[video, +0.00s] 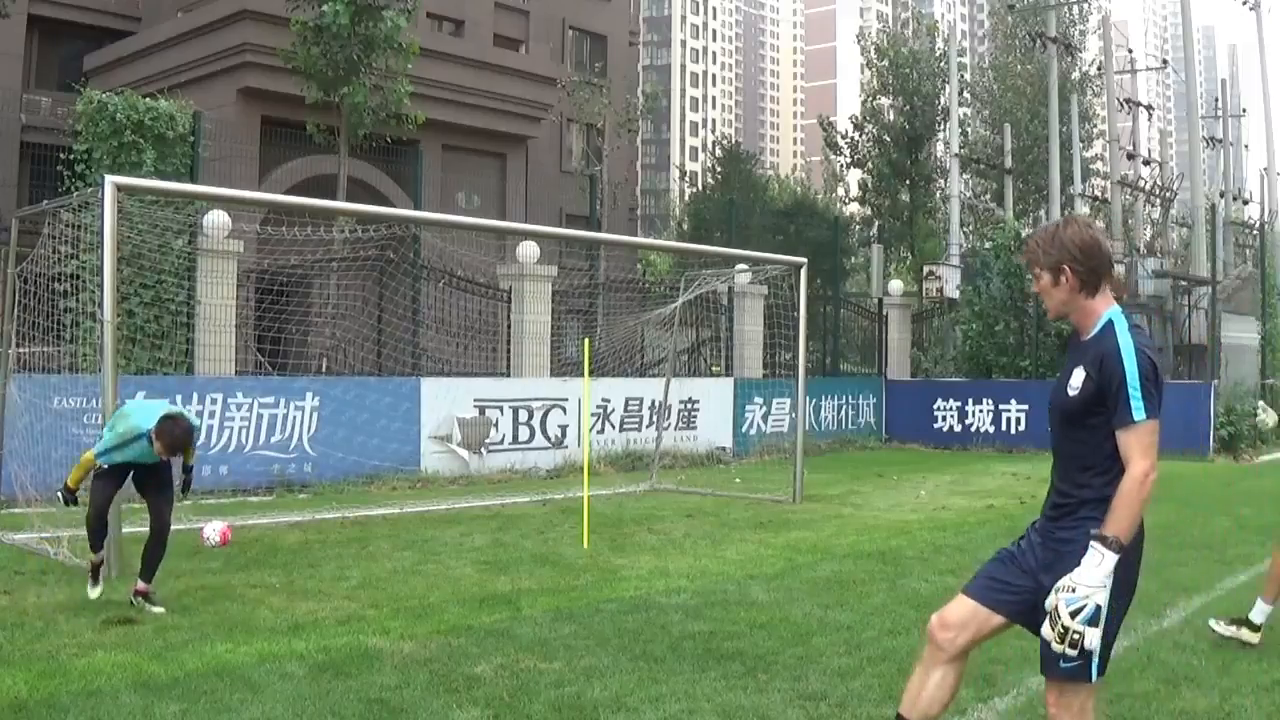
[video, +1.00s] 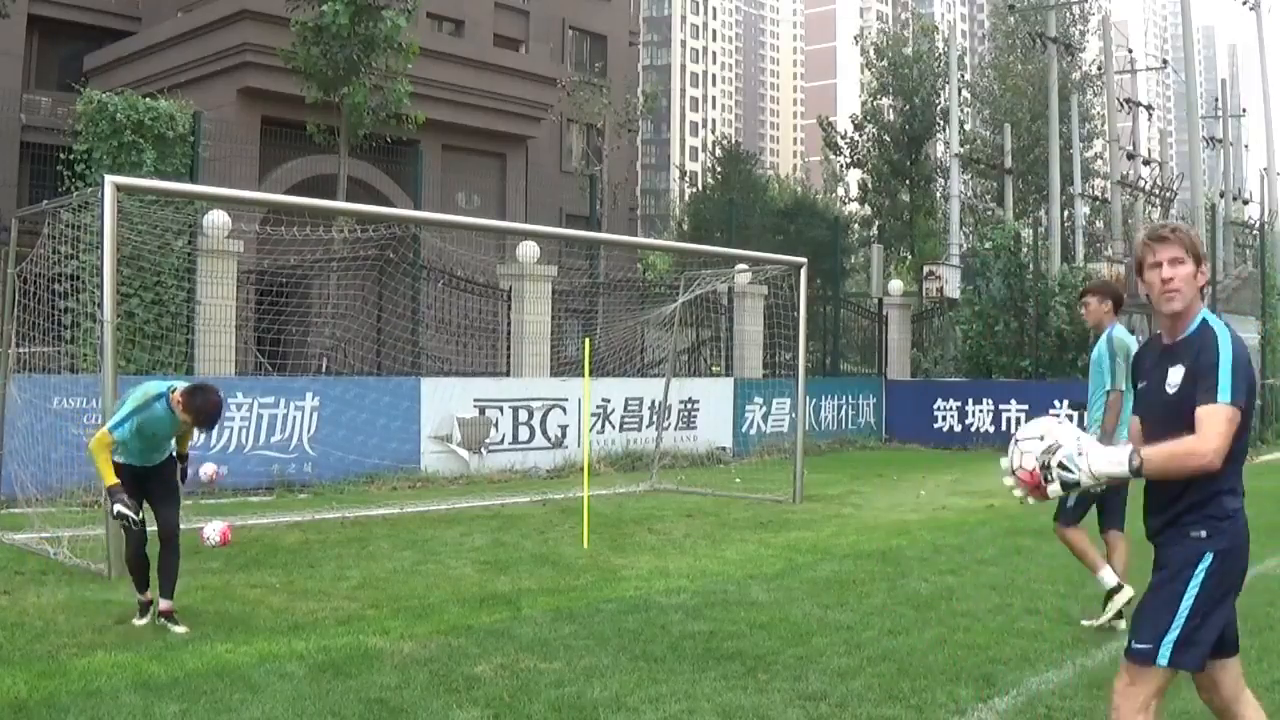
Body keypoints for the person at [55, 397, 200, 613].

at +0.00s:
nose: (165, 457)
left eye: (170, 455)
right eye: (162, 453)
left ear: (185, 441)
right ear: (154, 435)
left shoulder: (190, 429)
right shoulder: (128, 432)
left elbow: (190, 447)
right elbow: (90, 458)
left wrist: (187, 470)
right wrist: (69, 487)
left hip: (153, 460)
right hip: (116, 457)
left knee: (162, 525)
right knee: (96, 512)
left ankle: (141, 591)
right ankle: (97, 559)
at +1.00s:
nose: (190, 429)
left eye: (195, 427)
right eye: (190, 423)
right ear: (181, 403)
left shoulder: (191, 398)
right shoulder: (144, 405)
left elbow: (184, 431)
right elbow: (98, 444)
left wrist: (182, 457)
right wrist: (114, 491)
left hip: (161, 462)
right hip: (126, 464)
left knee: (170, 532)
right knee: (135, 538)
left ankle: (165, 609)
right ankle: (144, 600)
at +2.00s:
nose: (68, 307)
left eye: (77, 301)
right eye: (63, 298)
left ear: (86, 305)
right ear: (50, 296)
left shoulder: (96, 349)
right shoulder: (19, 345)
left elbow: (95, 406)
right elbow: (2, 402)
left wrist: (95, 455)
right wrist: (4, 460)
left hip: (74, 469)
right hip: (26, 468)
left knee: (57, 562)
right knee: (36, 562)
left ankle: (47, 652)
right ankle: (44, 621)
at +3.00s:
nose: (84, 275)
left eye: (89, 266)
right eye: (73, 266)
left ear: (94, 271)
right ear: (47, 273)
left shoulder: (104, 331)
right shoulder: (20, 331)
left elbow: (108, 408)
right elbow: (2, 407)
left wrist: (110, 471)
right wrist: (4, 470)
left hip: (94, 487)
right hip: (36, 491)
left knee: (110, 600)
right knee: (38, 607)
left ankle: (116, 712)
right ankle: (42, 704)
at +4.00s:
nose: (190, 293)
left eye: (203, 284)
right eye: (183, 278)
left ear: (215, 276)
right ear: (159, 257)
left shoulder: (216, 323)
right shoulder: (112, 328)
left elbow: (235, 395)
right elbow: (67, 425)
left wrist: (263, 459)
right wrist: (78, 521)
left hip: (213, 526)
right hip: (142, 532)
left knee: (258, 660)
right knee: (141, 684)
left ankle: (198, 719)